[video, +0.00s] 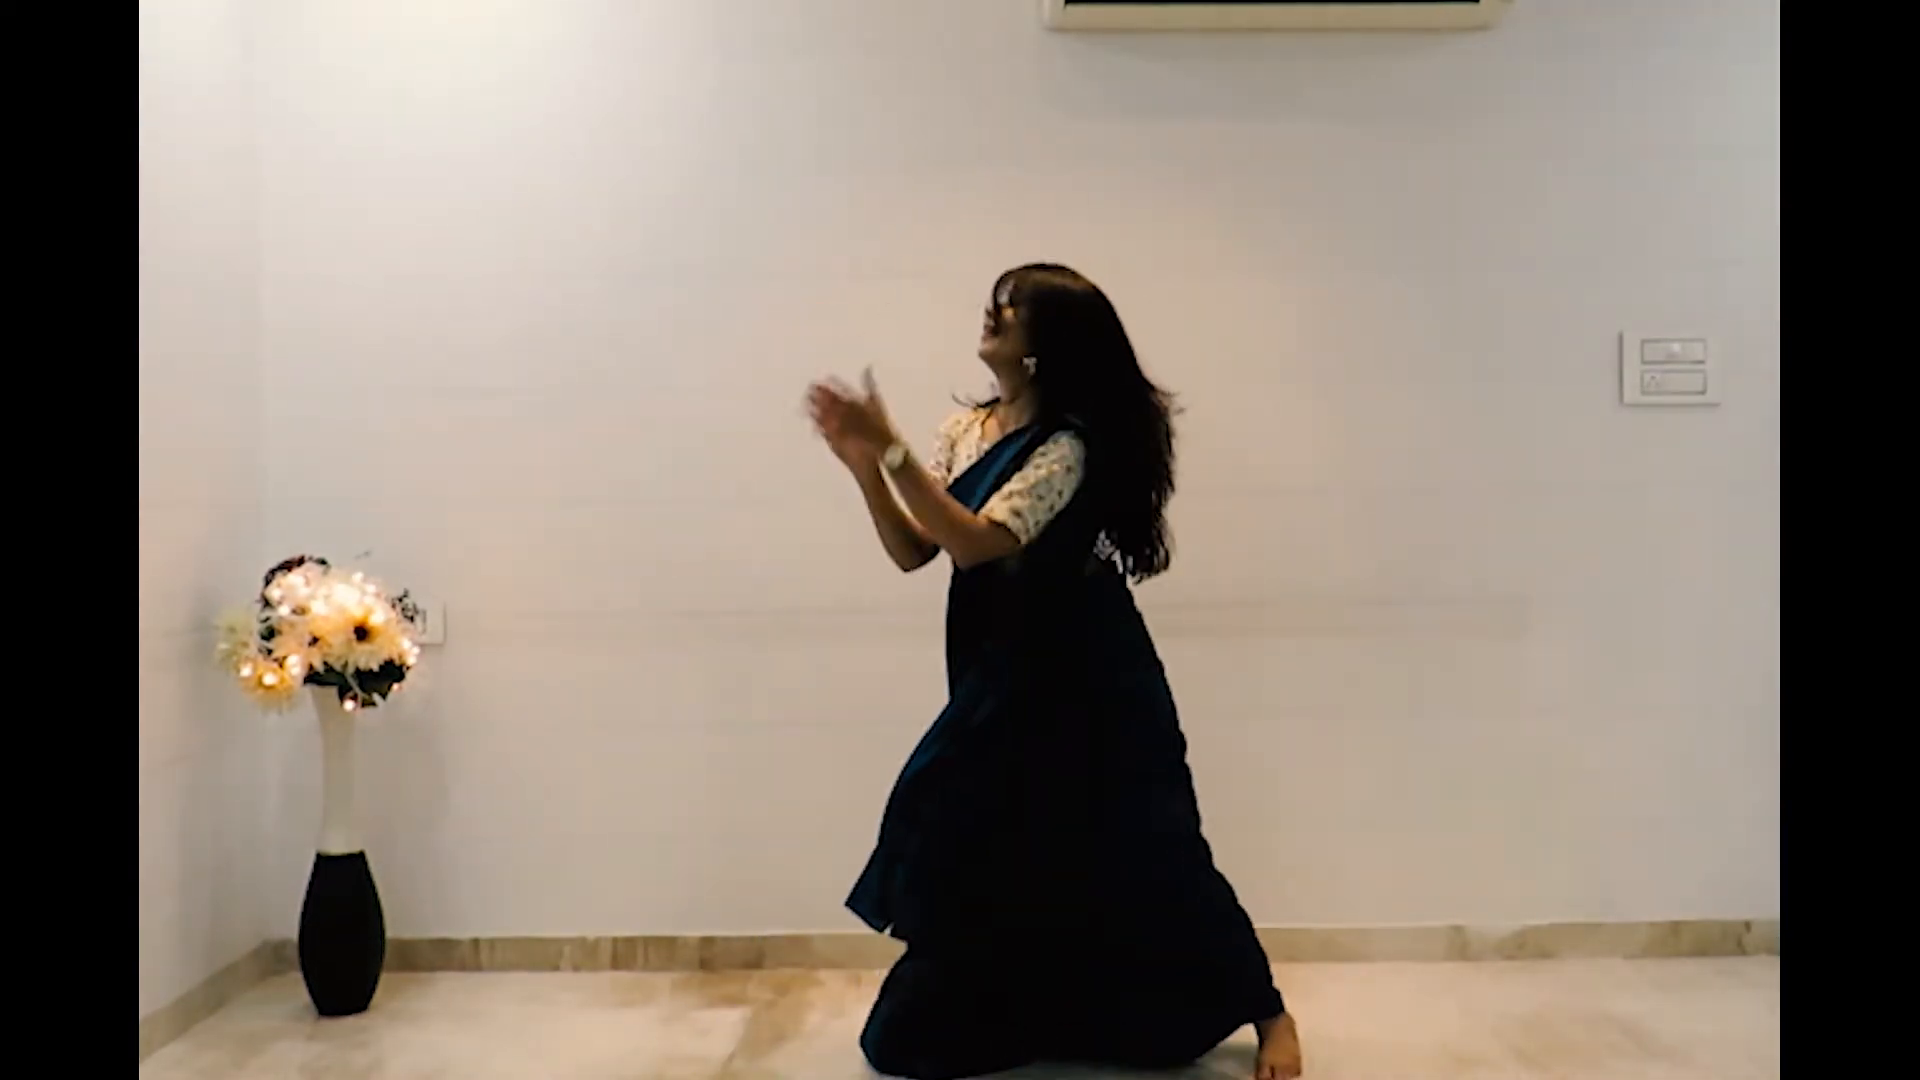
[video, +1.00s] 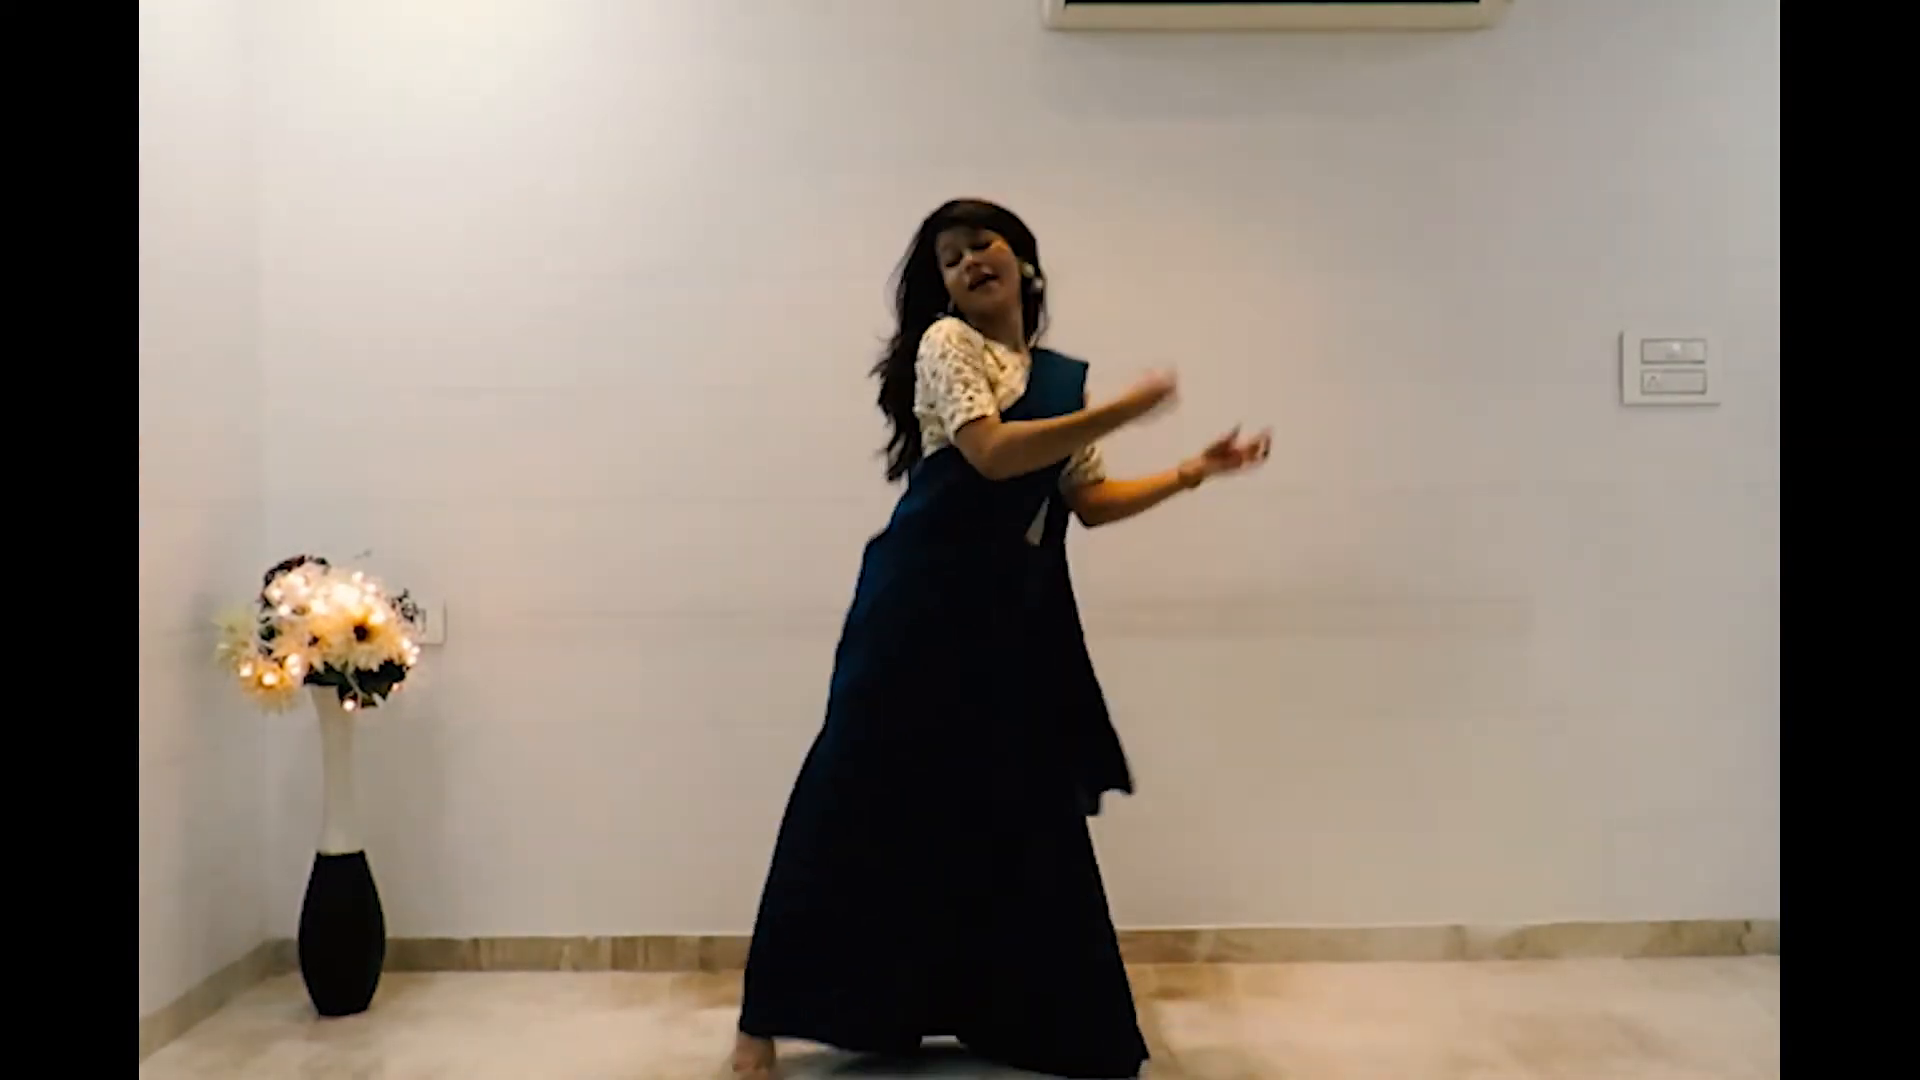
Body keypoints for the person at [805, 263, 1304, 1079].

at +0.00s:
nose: (988, 317)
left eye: (1006, 310)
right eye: (992, 306)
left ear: (1047, 342)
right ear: (1008, 338)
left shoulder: (1068, 446)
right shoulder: (966, 432)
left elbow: (978, 543)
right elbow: (909, 549)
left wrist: (891, 451)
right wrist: (864, 470)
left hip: (1089, 675)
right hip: (1001, 673)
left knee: (1158, 848)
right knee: (961, 829)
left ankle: (1271, 1016)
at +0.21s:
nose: (1067, 253)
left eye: (1084, 254)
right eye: (1056, 235)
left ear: (1086, 289)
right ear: (1009, 251)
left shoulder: (1099, 367)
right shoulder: (941, 346)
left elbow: (1188, 463)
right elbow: (810, 398)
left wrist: (1082, 463)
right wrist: (909, 433)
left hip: (1075, 624)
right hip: (974, 625)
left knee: (1135, 817)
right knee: (995, 820)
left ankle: (1205, 1021)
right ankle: (1005, 1023)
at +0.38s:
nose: (1055, 220)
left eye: (1064, 213)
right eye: (1036, 208)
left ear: (1072, 242)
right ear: (988, 234)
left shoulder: (1109, 321)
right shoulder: (957, 318)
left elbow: (1238, 370)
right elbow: (859, 330)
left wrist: (1197, 439)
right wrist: (975, 380)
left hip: (1060, 564)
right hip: (962, 556)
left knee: (1047, 780)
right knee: (912, 763)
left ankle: (1059, 1005)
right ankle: (852, 975)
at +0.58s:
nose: (1033, 264)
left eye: (1037, 253)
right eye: (1009, 255)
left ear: (1049, 282)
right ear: (969, 290)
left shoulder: (1071, 384)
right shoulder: (958, 374)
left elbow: (1179, 441)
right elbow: (998, 439)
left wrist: (1264, 396)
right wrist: (1062, 330)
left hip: (1046, 621)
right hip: (958, 619)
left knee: (1045, 815)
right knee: (892, 809)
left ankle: (1049, 1017)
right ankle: (756, 1002)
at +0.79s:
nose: (1022, 282)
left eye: (1024, 269)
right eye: (998, 271)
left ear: (1030, 301)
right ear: (954, 302)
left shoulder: (1034, 406)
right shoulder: (941, 383)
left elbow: (1082, 535)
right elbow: (999, 503)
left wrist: (1143, 462)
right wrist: (1123, 466)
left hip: (1022, 656)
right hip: (945, 653)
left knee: (1036, 846)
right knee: (916, 846)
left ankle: (1079, 1041)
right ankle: (790, 1039)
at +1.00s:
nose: (972, 260)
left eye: (985, 244)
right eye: (954, 256)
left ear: (1025, 263)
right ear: (940, 286)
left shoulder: (1063, 377)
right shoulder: (943, 344)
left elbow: (1090, 502)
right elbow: (993, 451)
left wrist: (1192, 471)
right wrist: (1122, 409)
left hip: (1015, 609)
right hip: (918, 604)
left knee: (1030, 805)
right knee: (848, 799)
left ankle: (1063, 1023)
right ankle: (759, 1025)